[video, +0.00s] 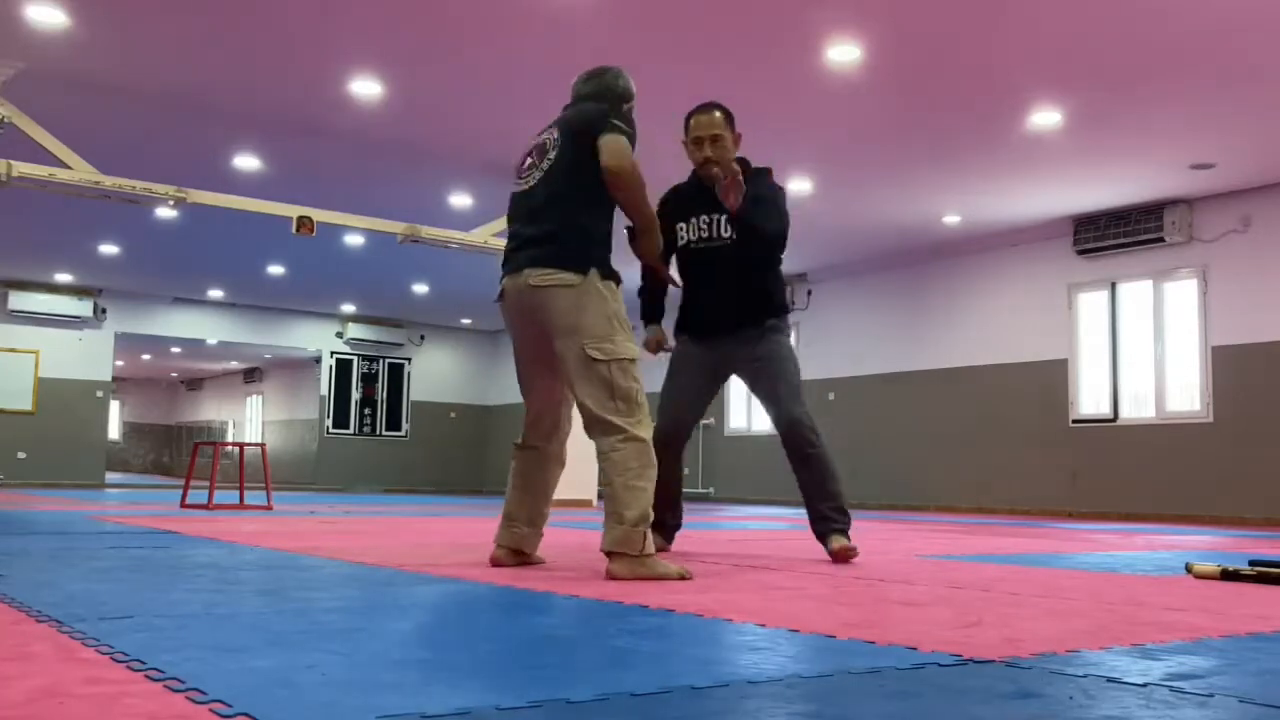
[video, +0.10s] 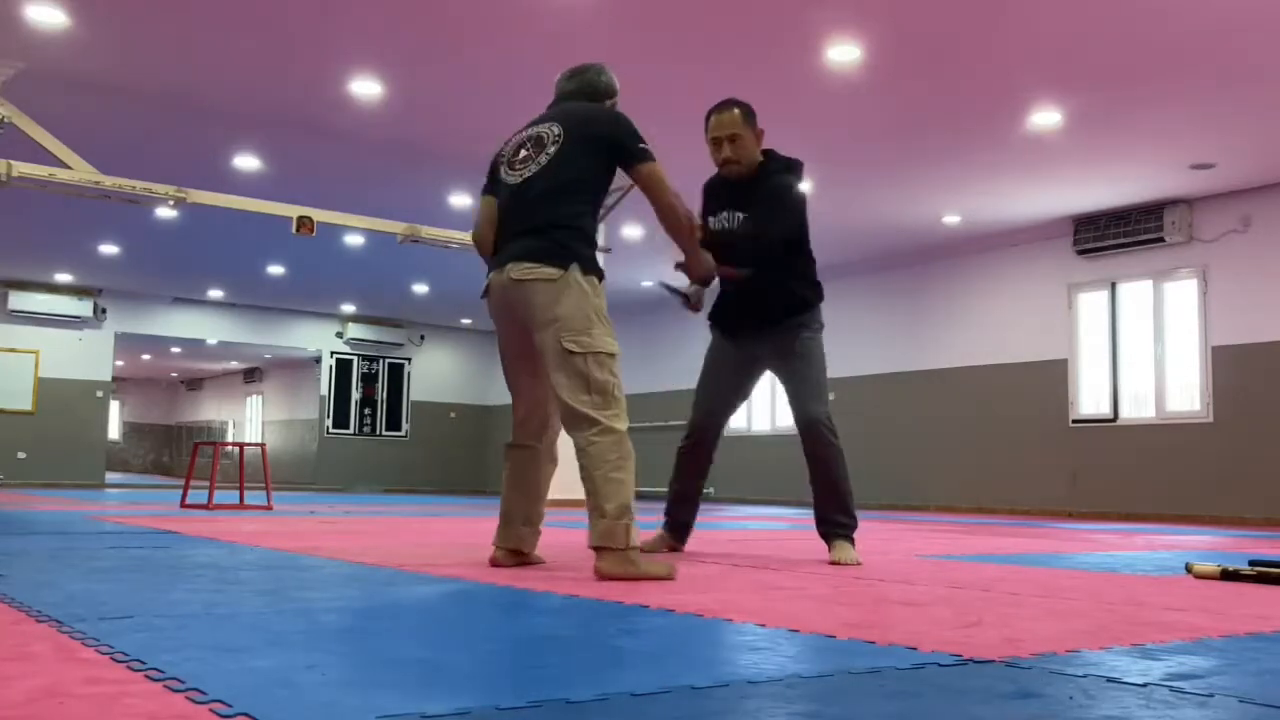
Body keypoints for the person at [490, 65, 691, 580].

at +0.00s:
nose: (633, 112)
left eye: (632, 104)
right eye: (631, 104)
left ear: (578, 98)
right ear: (622, 102)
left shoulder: (546, 139)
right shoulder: (607, 121)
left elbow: (549, 220)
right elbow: (617, 166)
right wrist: (648, 230)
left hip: (518, 284)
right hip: (573, 280)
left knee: (543, 421)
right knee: (622, 420)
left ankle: (514, 542)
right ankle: (630, 551)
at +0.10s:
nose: (616, 109)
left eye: (613, 101)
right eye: (615, 101)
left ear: (559, 96)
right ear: (608, 98)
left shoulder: (513, 144)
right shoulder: (606, 120)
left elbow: (483, 235)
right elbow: (663, 196)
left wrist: (518, 274)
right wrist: (695, 254)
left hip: (503, 282)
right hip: (560, 276)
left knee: (532, 417)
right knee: (599, 415)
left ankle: (513, 544)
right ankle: (616, 550)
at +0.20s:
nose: (608, 108)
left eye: (606, 100)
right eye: (607, 100)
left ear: (547, 91)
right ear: (597, 97)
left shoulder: (499, 134)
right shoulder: (601, 127)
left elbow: (464, 211)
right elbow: (627, 225)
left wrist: (493, 266)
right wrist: (640, 292)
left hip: (500, 279)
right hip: (560, 276)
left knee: (522, 413)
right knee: (575, 411)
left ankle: (508, 541)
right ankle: (542, 540)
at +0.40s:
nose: (598, 95)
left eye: (597, 87)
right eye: (597, 86)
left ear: (538, 77)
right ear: (587, 83)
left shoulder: (493, 130)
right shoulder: (585, 113)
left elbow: (461, 224)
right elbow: (612, 207)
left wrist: (516, 241)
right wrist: (622, 284)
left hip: (490, 292)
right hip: (547, 291)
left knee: (524, 417)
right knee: (563, 424)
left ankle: (513, 545)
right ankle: (501, 549)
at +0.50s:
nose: (598, 109)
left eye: (599, 101)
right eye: (598, 99)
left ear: (545, 84)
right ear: (588, 90)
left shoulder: (514, 128)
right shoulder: (569, 111)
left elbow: (528, 217)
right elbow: (573, 191)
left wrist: (588, 213)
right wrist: (611, 264)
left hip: (494, 296)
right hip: (537, 295)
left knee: (519, 428)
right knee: (565, 425)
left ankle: (507, 543)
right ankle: (503, 549)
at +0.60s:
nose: (603, 142)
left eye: (606, 132)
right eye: (605, 128)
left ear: (575, 113)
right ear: (592, 115)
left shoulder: (555, 169)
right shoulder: (549, 125)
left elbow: (584, 263)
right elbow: (532, 187)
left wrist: (617, 216)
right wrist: (583, 260)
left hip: (515, 303)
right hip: (520, 302)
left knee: (529, 422)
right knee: (552, 422)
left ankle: (522, 526)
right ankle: (501, 550)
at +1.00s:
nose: (631, 185)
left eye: (635, 177)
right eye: (629, 171)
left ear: (605, 165)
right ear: (603, 158)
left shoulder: (593, 232)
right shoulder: (535, 171)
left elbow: (640, 292)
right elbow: (463, 204)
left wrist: (687, 241)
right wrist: (502, 255)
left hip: (529, 336)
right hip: (482, 316)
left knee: (572, 430)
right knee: (501, 411)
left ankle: (527, 537)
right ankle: (449, 544)